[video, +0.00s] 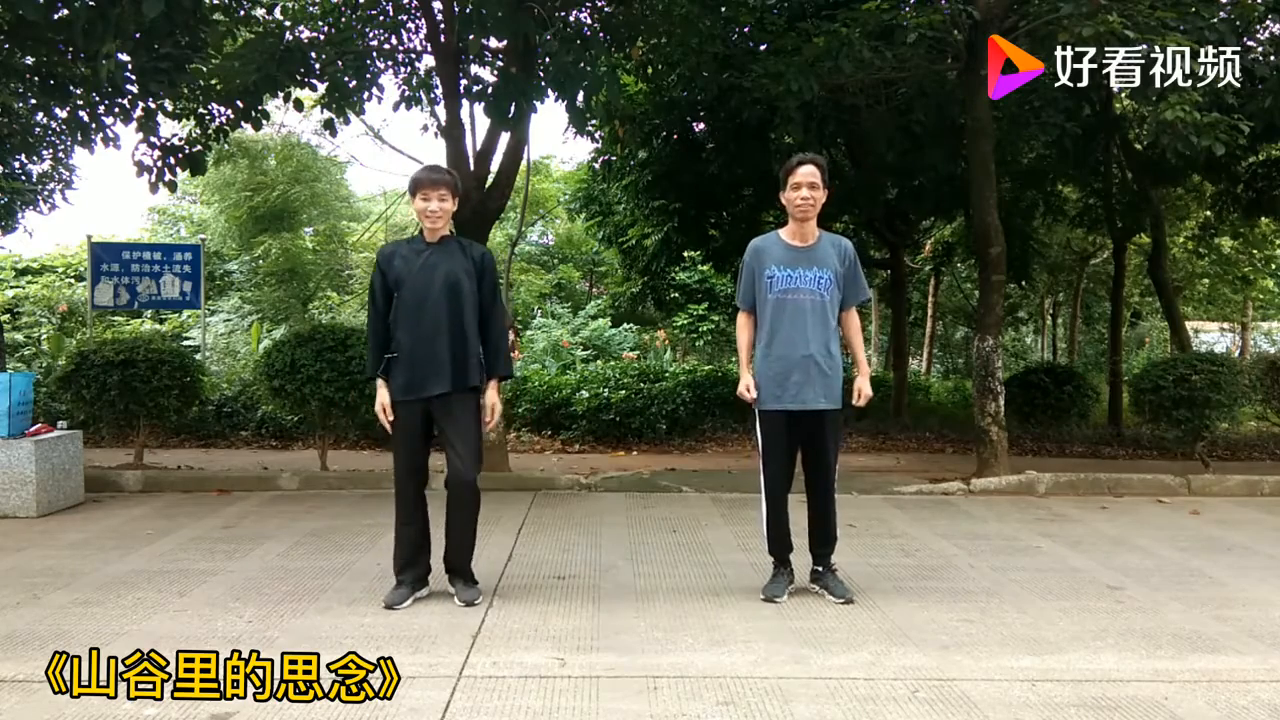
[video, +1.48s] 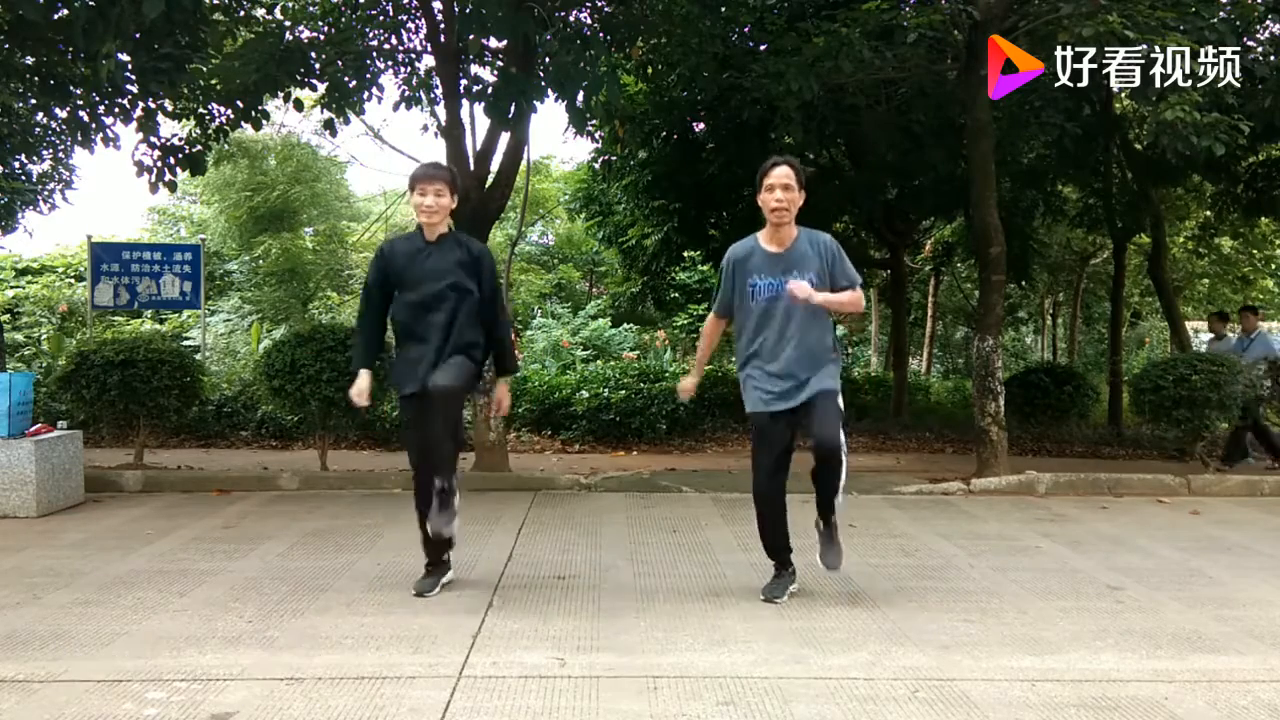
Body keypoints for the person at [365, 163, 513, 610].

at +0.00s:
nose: (432, 206)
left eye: (441, 198)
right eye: (424, 199)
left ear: (454, 202)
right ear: (413, 204)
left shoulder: (476, 256)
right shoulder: (391, 257)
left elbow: (494, 324)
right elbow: (378, 324)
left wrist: (493, 383)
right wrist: (380, 381)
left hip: (462, 385)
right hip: (406, 386)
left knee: (465, 478)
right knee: (408, 483)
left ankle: (461, 573)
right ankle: (411, 575)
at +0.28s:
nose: (429, 203)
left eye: (438, 196)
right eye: (421, 196)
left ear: (451, 201)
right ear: (410, 201)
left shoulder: (472, 255)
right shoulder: (390, 254)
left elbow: (488, 323)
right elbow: (369, 319)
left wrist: (488, 384)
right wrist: (364, 376)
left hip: (457, 386)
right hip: (402, 386)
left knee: (461, 479)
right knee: (407, 484)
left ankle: (464, 573)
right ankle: (410, 576)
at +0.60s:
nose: (440, 197)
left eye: (448, 191)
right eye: (431, 190)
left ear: (457, 199)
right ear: (414, 196)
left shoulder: (475, 252)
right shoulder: (391, 251)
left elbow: (494, 319)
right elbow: (372, 319)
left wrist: (494, 380)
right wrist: (363, 378)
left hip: (464, 383)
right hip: (407, 383)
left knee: (462, 483)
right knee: (409, 483)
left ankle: (463, 573)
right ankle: (412, 575)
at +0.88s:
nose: (444, 200)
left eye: (452, 193)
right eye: (435, 192)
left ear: (460, 199)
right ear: (418, 198)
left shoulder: (478, 253)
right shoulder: (395, 252)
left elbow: (494, 322)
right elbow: (382, 321)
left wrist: (489, 382)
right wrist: (385, 379)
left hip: (462, 384)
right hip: (408, 384)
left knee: (460, 483)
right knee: (412, 484)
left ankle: (463, 572)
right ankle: (413, 576)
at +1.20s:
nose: (429, 208)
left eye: (438, 201)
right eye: (421, 201)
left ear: (451, 208)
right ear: (410, 208)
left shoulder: (471, 256)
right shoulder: (399, 262)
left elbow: (515, 302)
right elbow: (375, 311)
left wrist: (550, 353)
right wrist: (330, 334)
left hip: (456, 389)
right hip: (406, 389)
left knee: (454, 483)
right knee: (401, 482)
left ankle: (463, 573)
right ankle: (412, 575)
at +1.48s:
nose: (428, 201)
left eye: (437, 194)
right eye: (421, 194)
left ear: (452, 200)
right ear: (411, 199)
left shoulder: (474, 253)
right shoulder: (392, 253)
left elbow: (495, 316)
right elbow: (372, 314)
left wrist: (504, 375)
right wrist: (363, 368)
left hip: (463, 354)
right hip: (413, 361)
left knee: (441, 389)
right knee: (424, 468)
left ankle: (444, 490)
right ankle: (436, 563)